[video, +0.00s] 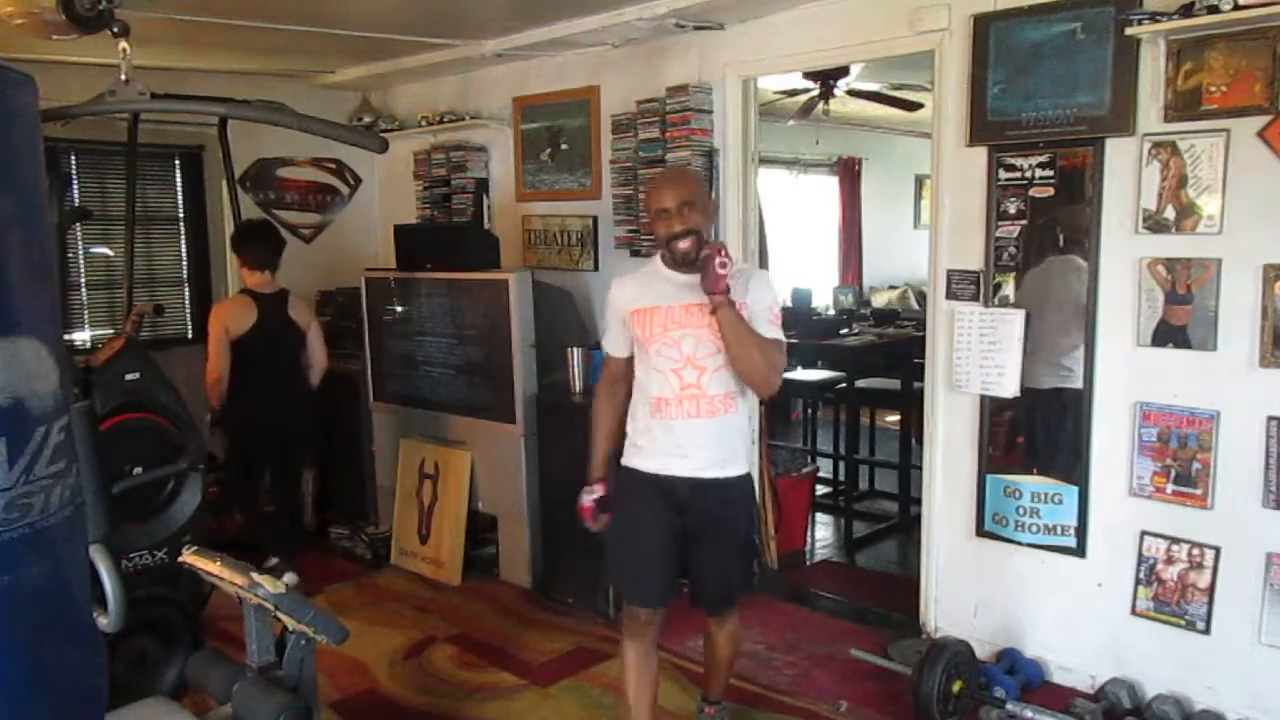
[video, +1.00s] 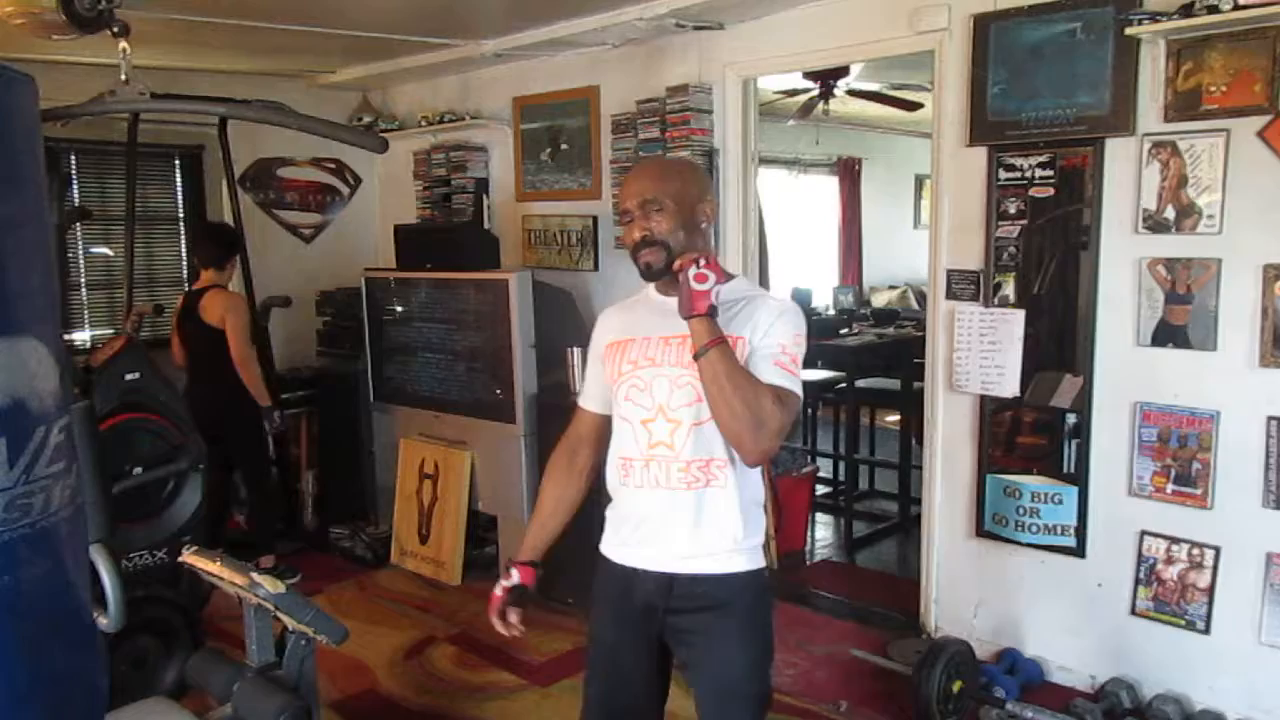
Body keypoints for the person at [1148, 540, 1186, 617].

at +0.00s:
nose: (1173, 554)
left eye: (1176, 552)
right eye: (1171, 551)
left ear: (1180, 553)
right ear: (1167, 551)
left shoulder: (1183, 567)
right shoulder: (1160, 565)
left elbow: (1181, 585)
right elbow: (1153, 580)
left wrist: (1174, 602)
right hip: (1159, 600)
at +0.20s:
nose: (1173, 554)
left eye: (1176, 552)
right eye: (1171, 551)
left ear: (1180, 553)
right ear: (1167, 551)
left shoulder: (1183, 567)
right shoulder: (1160, 565)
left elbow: (1181, 585)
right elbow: (1153, 580)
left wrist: (1174, 602)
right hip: (1159, 600)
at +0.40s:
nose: (1173, 554)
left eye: (1176, 552)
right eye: (1171, 551)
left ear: (1179, 553)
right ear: (1167, 551)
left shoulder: (1183, 567)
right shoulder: (1160, 565)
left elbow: (1182, 584)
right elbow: (1153, 580)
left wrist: (1174, 602)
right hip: (1159, 599)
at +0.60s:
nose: (1173, 554)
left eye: (1176, 552)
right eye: (1171, 551)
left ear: (1179, 553)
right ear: (1167, 551)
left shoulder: (1183, 567)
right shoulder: (1160, 565)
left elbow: (1182, 584)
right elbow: (1152, 580)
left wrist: (1174, 602)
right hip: (1159, 599)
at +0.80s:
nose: (1173, 554)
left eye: (1176, 552)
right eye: (1171, 551)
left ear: (1179, 553)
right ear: (1167, 552)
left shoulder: (1183, 567)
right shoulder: (1160, 565)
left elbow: (1182, 584)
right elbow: (1153, 580)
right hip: (1159, 599)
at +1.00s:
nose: (1173, 554)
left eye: (1176, 552)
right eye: (1171, 551)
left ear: (1179, 553)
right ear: (1167, 552)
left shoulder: (1181, 568)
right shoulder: (1160, 566)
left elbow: (1180, 586)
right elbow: (1153, 581)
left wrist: (1173, 603)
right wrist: (1151, 595)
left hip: (1173, 601)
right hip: (1160, 599)